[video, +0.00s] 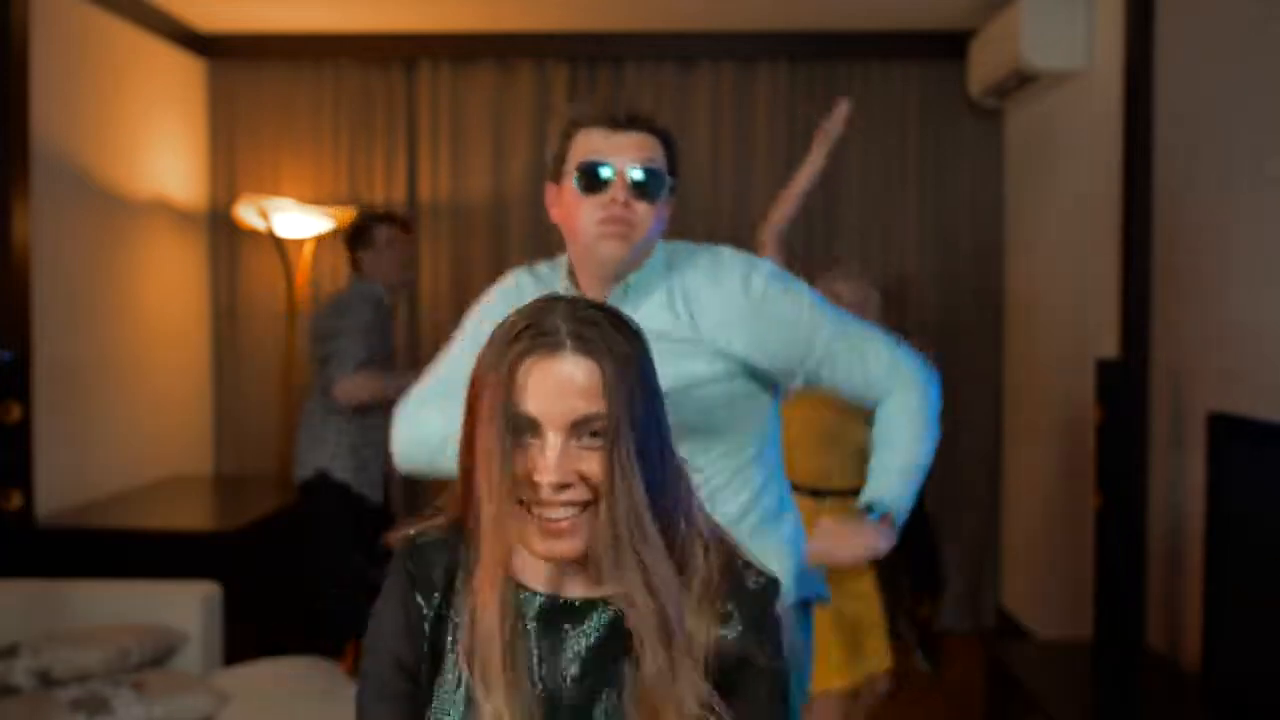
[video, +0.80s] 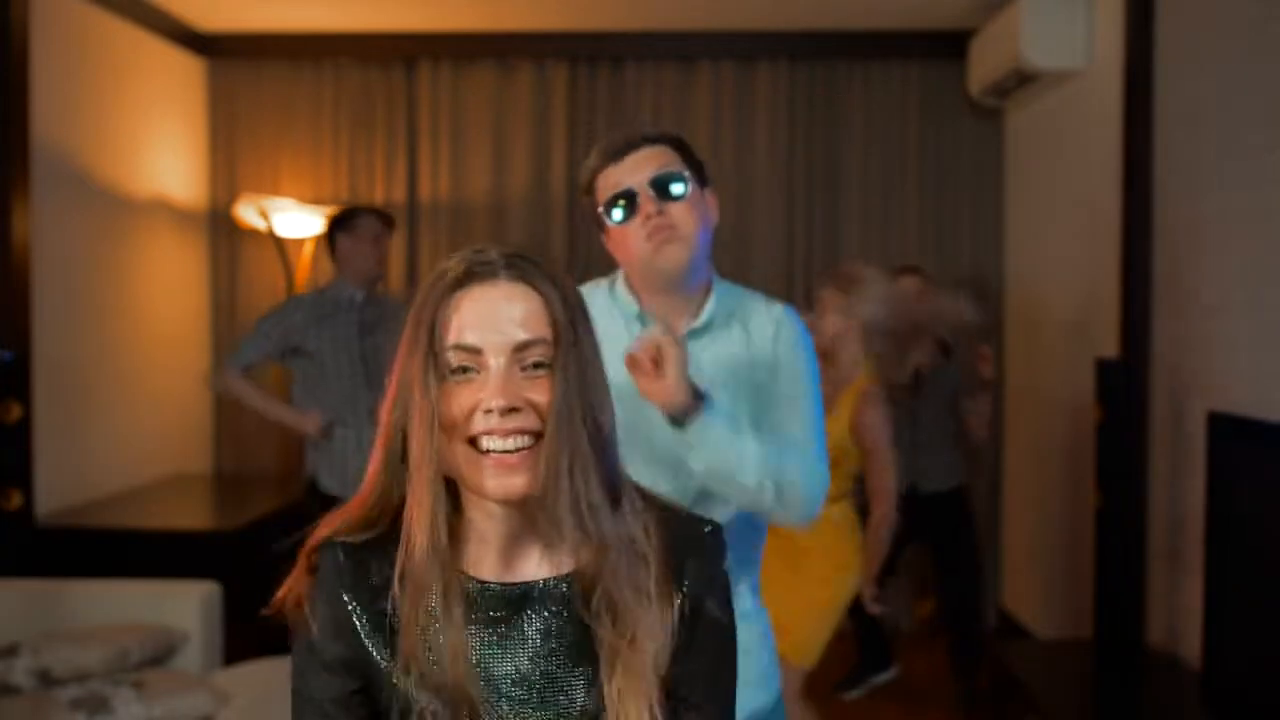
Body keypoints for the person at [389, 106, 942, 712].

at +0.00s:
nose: (620, 197)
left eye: (644, 183)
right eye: (595, 178)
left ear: (667, 211)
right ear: (555, 203)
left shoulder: (728, 288)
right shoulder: (519, 299)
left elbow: (907, 378)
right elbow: (411, 437)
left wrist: (879, 518)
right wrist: (549, 461)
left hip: (735, 607)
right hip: (565, 603)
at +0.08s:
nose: (620, 190)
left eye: (644, 176)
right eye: (594, 171)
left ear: (665, 201)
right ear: (552, 195)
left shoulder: (730, 269)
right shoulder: (519, 273)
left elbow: (902, 310)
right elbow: (412, 381)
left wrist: (920, 450)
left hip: (747, 591)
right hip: (579, 590)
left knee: (755, 709)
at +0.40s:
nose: (621, 222)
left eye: (643, 206)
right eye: (596, 203)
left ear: (661, 224)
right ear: (558, 215)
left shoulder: (710, 291)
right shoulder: (537, 318)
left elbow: (855, 322)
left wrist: (884, 428)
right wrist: (634, 367)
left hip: (741, 615)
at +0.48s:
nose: (617, 244)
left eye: (640, 228)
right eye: (593, 224)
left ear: (660, 249)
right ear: (555, 236)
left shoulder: (713, 324)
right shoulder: (533, 344)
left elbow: (853, 395)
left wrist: (854, 481)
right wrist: (631, 403)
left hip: (735, 638)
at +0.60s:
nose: (622, 254)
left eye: (644, 237)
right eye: (596, 240)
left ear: (671, 260)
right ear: (566, 261)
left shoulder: (744, 381)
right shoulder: (536, 380)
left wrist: (804, 539)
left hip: (734, 687)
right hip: (572, 684)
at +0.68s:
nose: (632, 244)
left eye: (653, 222)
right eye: (605, 233)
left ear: (688, 244)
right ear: (581, 263)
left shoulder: (753, 370)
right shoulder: (550, 374)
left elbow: (825, 558)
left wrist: (754, 518)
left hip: (737, 681)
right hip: (594, 683)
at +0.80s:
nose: (651, 210)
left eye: (670, 187)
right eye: (623, 206)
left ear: (711, 207)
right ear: (608, 241)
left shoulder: (773, 331)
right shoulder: (566, 325)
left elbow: (800, 496)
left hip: (726, 645)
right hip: (590, 649)